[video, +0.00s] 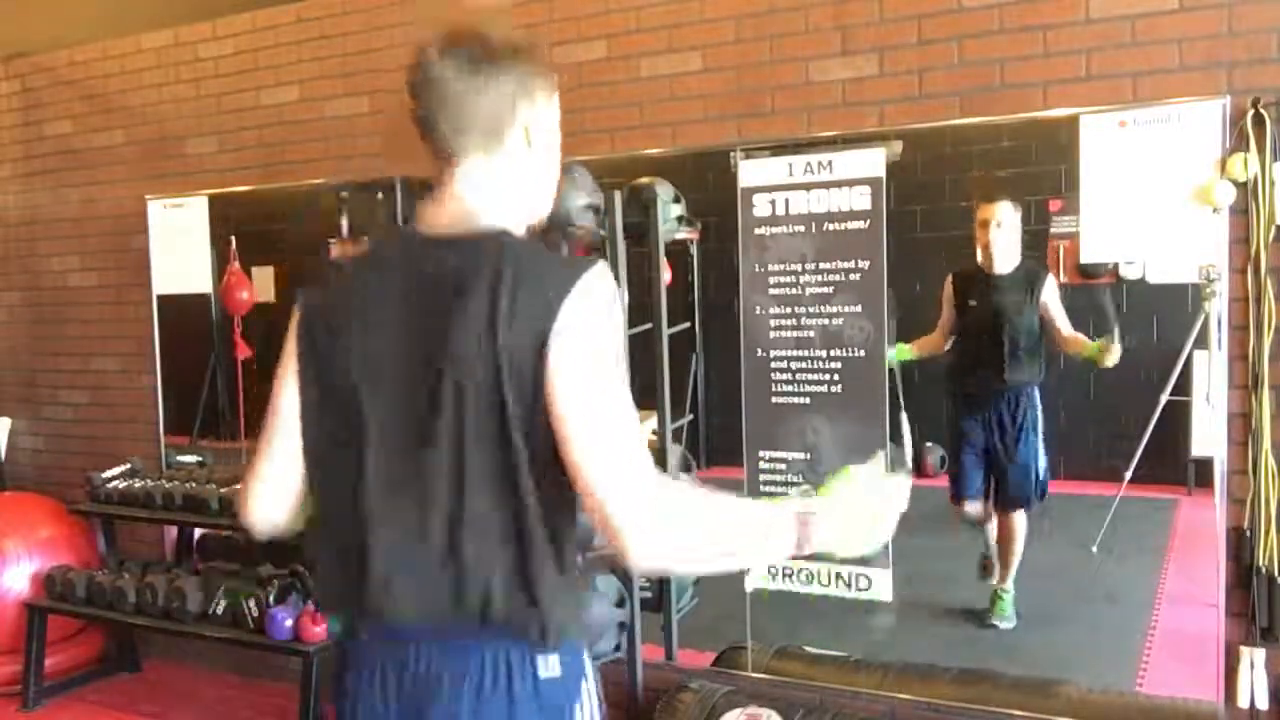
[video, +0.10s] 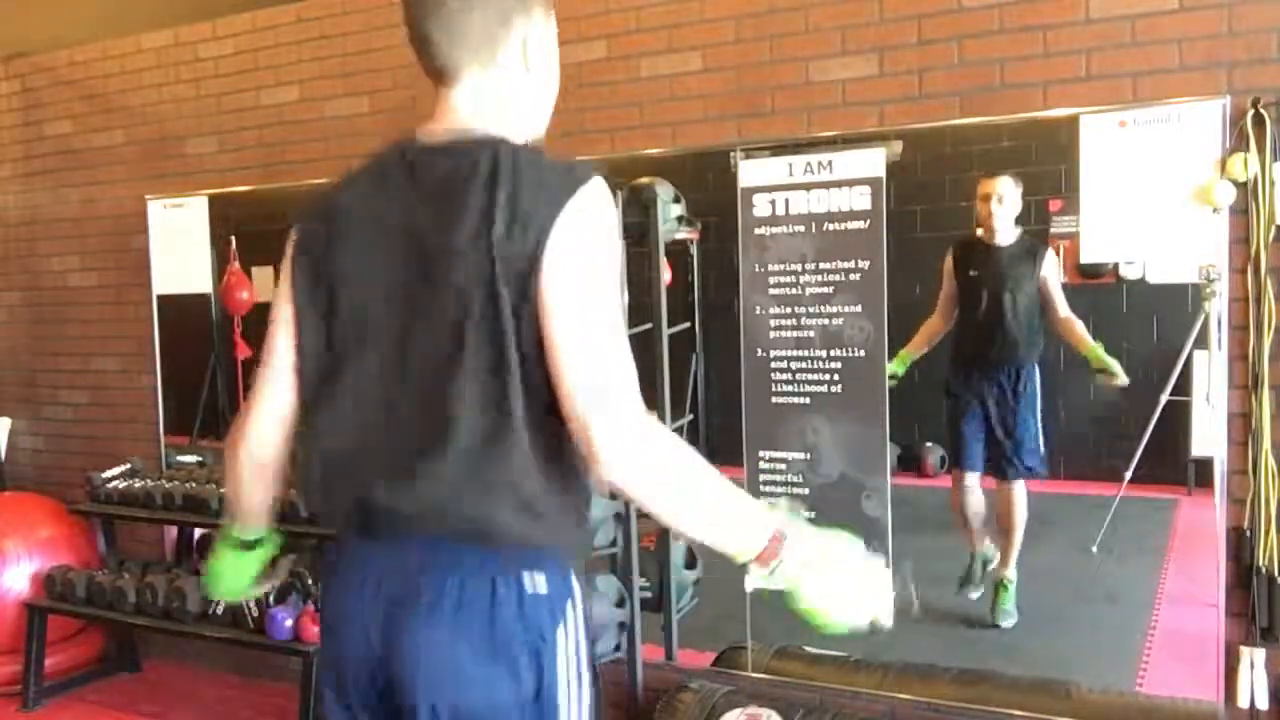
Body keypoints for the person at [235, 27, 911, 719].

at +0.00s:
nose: (562, 156)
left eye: (557, 130)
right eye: (557, 130)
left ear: (436, 136)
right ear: (530, 129)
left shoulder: (326, 302)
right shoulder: (563, 292)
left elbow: (265, 508)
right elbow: (638, 524)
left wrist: (373, 440)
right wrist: (812, 522)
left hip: (373, 665)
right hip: (520, 667)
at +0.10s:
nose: (556, 70)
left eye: (553, 46)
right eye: (553, 45)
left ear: (430, 58)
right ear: (531, 46)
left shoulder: (326, 220)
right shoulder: (561, 198)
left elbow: (261, 430)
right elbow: (616, 441)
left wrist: (242, 537)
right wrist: (788, 548)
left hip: (356, 582)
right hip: (499, 596)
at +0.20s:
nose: (555, 67)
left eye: (551, 45)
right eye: (553, 44)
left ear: (424, 53)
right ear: (530, 45)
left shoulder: (324, 209)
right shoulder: (557, 192)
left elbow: (260, 428)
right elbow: (602, 439)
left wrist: (234, 524)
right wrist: (778, 565)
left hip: (355, 572)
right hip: (503, 586)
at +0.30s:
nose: (556, 147)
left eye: (551, 121)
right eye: (552, 120)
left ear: (427, 127)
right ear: (528, 116)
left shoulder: (331, 279)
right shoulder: (557, 272)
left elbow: (250, 495)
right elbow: (609, 523)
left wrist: (338, 428)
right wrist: (790, 550)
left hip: (359, 641)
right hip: (513, 654)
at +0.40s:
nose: (552, 164)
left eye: (549, 142)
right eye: (548, 141)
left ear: (425, 145)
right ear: (522, 139)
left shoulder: (324, 295)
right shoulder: (558, 294)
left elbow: (237, 504)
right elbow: (629, 533)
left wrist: (343, 444)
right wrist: (806, 532)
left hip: (347, 676)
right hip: (501, 685)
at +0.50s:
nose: (545, 83)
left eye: (542, 56)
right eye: (541, 56)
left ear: (412, 62)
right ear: (513, 61)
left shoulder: (312, 223)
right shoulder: (543, 201)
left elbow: (241, 438)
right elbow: (601, 444)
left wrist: (219, 531)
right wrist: (775, 540)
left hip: (339, 595)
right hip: (488, 607)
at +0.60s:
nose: (530, 67)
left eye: (527, 44)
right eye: (526, 43)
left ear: (399, 53)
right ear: (499, 44)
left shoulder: (296, 212)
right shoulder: (527, 187)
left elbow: (240, 428)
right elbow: (580, 435)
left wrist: (213, 527)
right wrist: (761, 550)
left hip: (341, 572)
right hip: (492, 581)